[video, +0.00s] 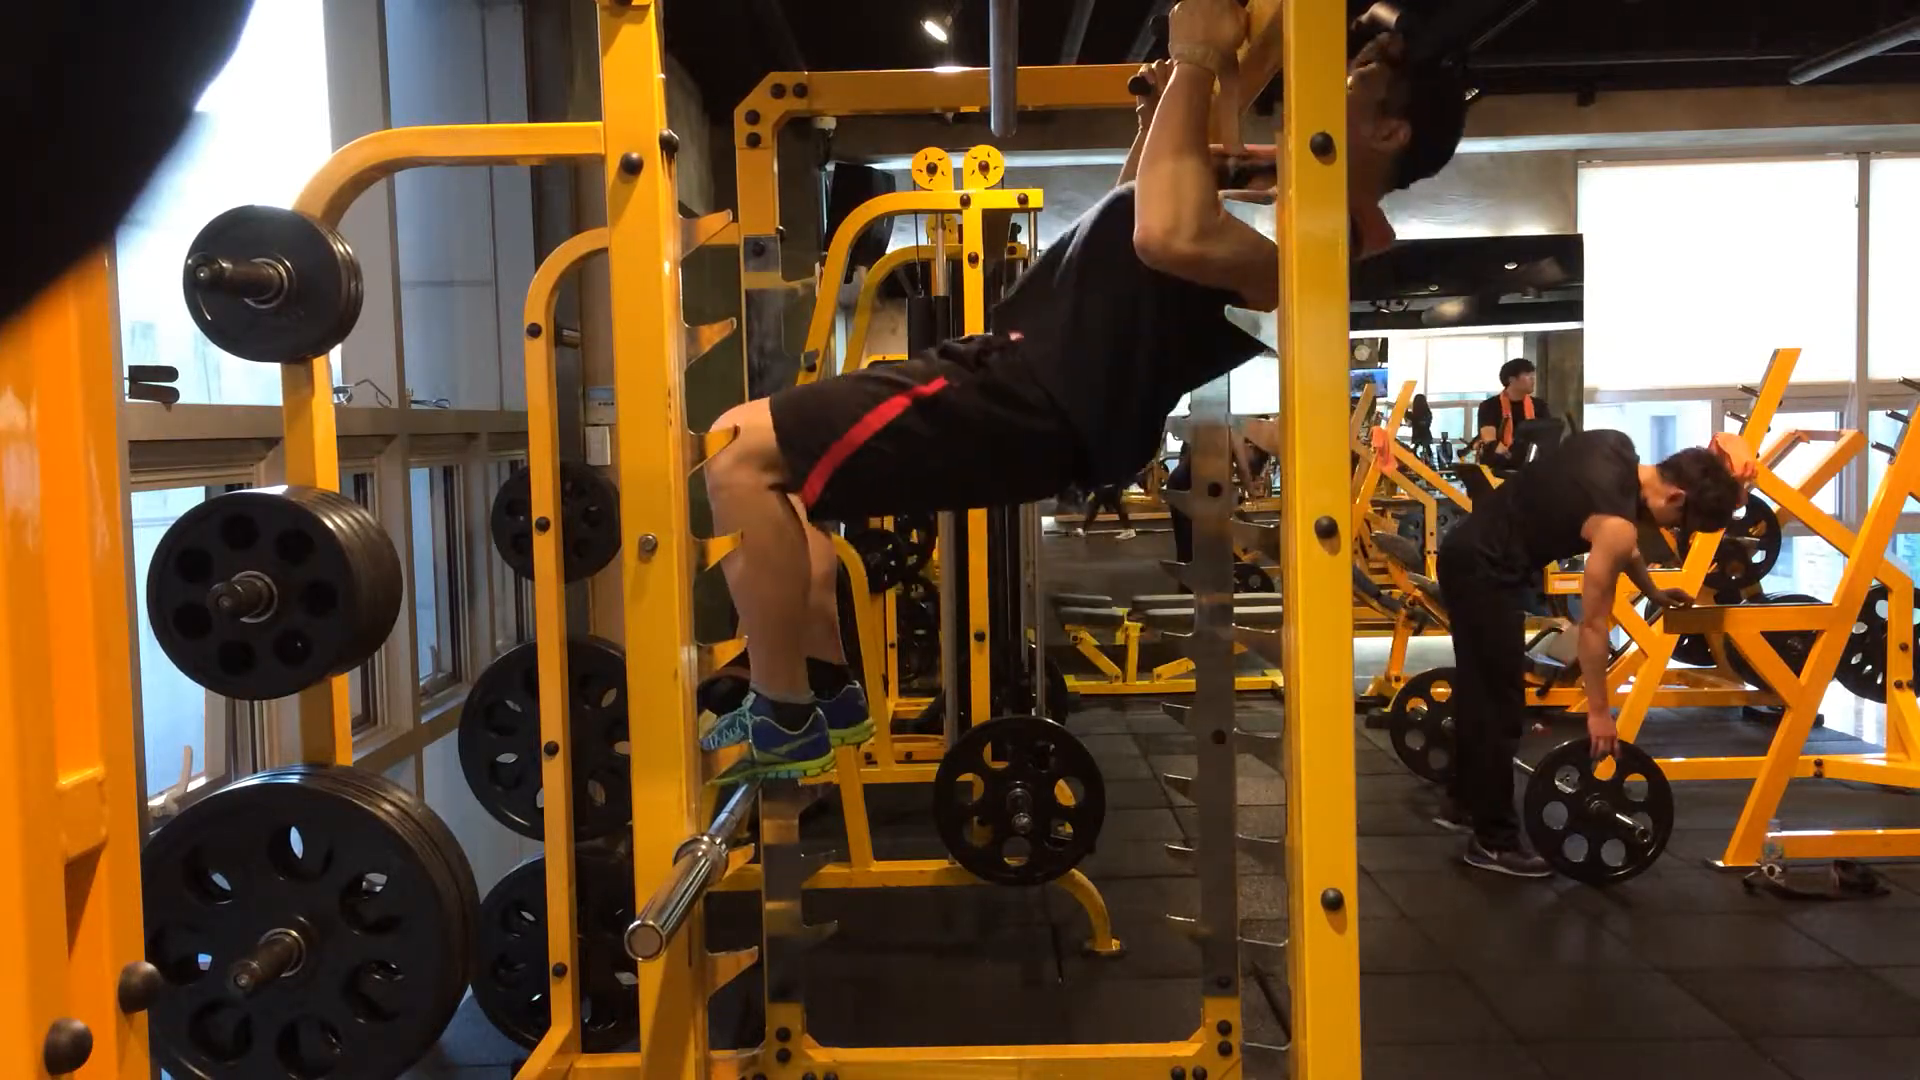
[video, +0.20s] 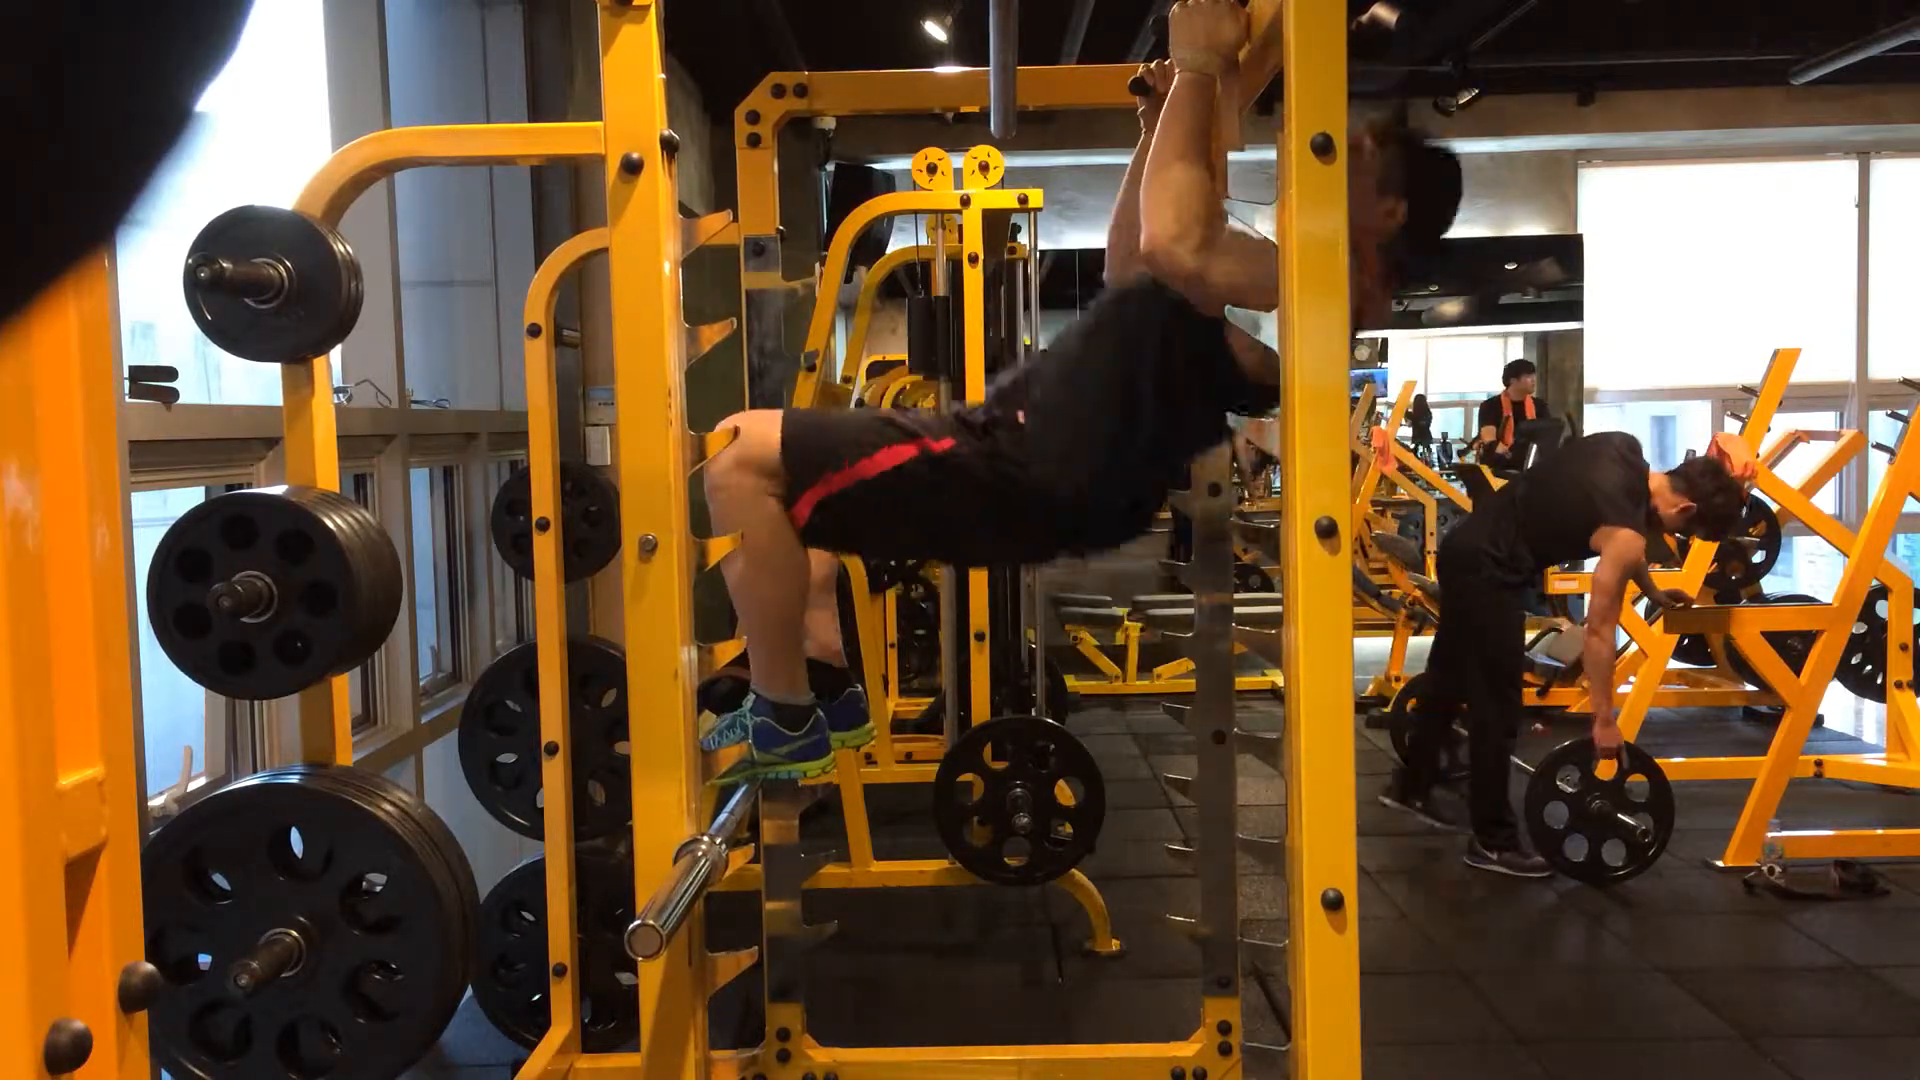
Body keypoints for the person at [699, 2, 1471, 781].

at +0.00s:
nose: (1329, 84)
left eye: (1355, 81)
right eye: (1340, 71)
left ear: (1391, 132)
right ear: (1350, 118)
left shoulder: (1343, 233)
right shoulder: (1297, 188)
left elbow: (1177, 234)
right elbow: (1156, 195)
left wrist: (1199, 60)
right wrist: (1191, 80)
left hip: (1050, 407)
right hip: (1016, 364)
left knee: (743, 459)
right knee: (749, 433)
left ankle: (784, 712)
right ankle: (826, 672)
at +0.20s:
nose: (1321, 176)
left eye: (1348, 169)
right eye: (1336, 163)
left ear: (1386, 212)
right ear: (1372, 212)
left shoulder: (1344, 278)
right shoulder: (1314, 292)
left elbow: (1183, 249)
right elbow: (1129, 273)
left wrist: (1199, 72)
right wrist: (1157, 130)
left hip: (1031, 475)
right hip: (1024, 447)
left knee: (741, 462)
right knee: (754, 432)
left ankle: (783, 713)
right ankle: (821, 654)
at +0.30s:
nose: (1307, 230)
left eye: (1338, 223)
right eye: (1323, 215)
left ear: (1380, 266)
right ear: (1370, 258)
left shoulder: (1330, 361)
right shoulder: (1284, 348)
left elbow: (1187, 262)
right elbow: (1137, 278)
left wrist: (1201, 76)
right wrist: (1155, 134)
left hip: (1023, 523)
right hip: (1013, 494)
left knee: (744, 462)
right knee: (767, 437)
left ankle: (783, 713)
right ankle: (824, 669)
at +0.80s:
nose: (1327, 179)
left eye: (1354, 176)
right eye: (1340, 167)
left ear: (1391, 225)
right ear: (1366, 215)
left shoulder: (1332, 297)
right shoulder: (1315, 300)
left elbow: (1176, 246)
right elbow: (1144, 250)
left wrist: (1197, 74)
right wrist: (1171, 108)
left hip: (1011, 465)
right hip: (1010, 440)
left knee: (724, 477)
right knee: (732, 434)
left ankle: (777, 712)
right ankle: (818, 665)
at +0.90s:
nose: (1334, 127)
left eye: (1360, 126)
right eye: (1344, 109)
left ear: (1395, 172)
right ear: (1327, 116)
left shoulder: (1335, 255)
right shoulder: (1305, 213)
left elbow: (1170, 239)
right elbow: (1176, 200)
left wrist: (1195, 74)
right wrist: (1194, 94)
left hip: (1033, 417)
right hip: (1008, 375)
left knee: (726, 475)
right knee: (732, 434)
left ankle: (779, 711)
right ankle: (818, 669)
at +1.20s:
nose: (1321, 146)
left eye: (1350, 141)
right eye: (1336, 129)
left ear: (1390, 187)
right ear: (1361, 167)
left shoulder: (1339, 264)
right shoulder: (1315, 248)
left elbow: (1176, 245)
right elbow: (1143, 240)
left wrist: (1197, 72)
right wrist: (1173, 106)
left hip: (1017, 442)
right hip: (1002, 408)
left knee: (725, 474)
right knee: (727, 431)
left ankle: (780, 714)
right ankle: (816, 667)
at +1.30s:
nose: (1318, 210)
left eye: (1346, 204)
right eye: (1331, 195)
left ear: (1385, 244)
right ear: (1368, 242)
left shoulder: (1342, 307)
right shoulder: (1311, 343)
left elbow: (1186, 263)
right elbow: (1135, 278)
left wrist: (1199, 74)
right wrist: (1158, 131)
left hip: (1011, 486)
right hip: (1010, 461)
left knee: (724, 472)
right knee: (746, 432)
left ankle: (777, 709)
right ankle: (818, 665)